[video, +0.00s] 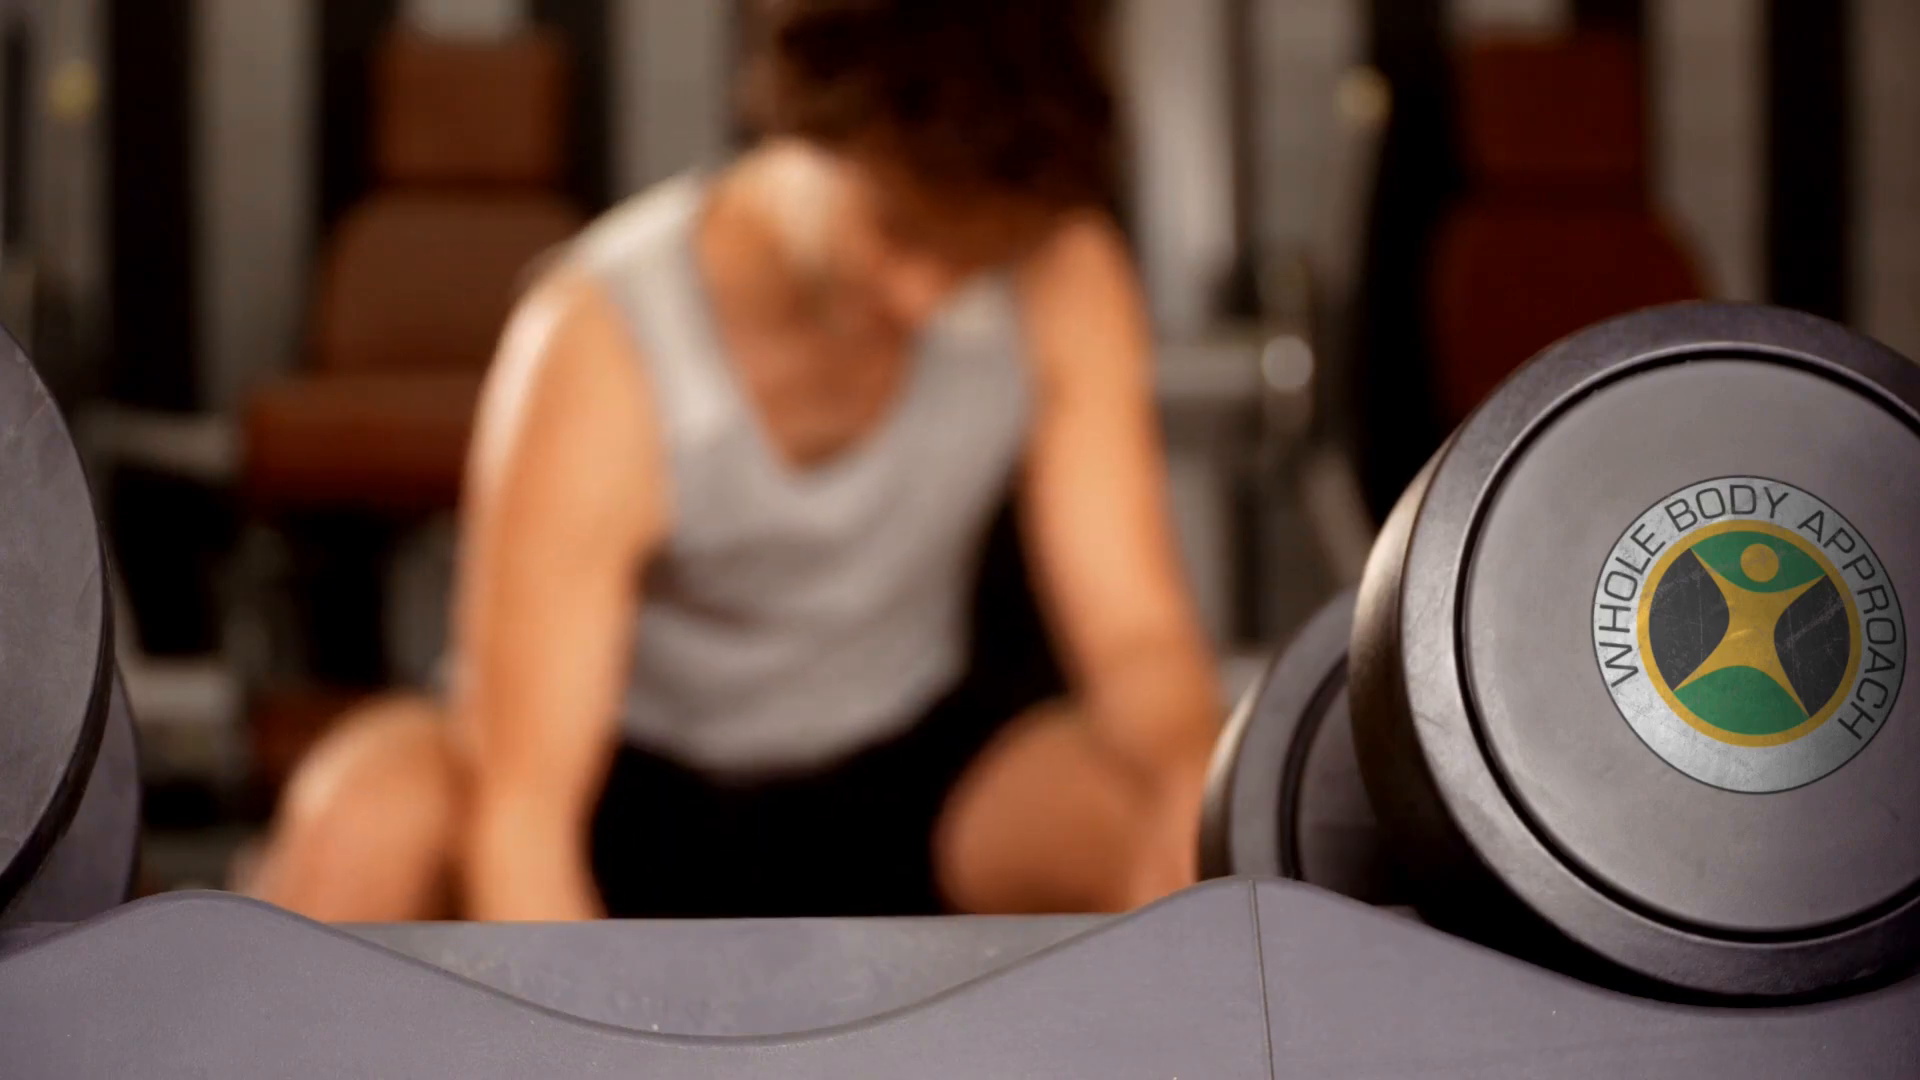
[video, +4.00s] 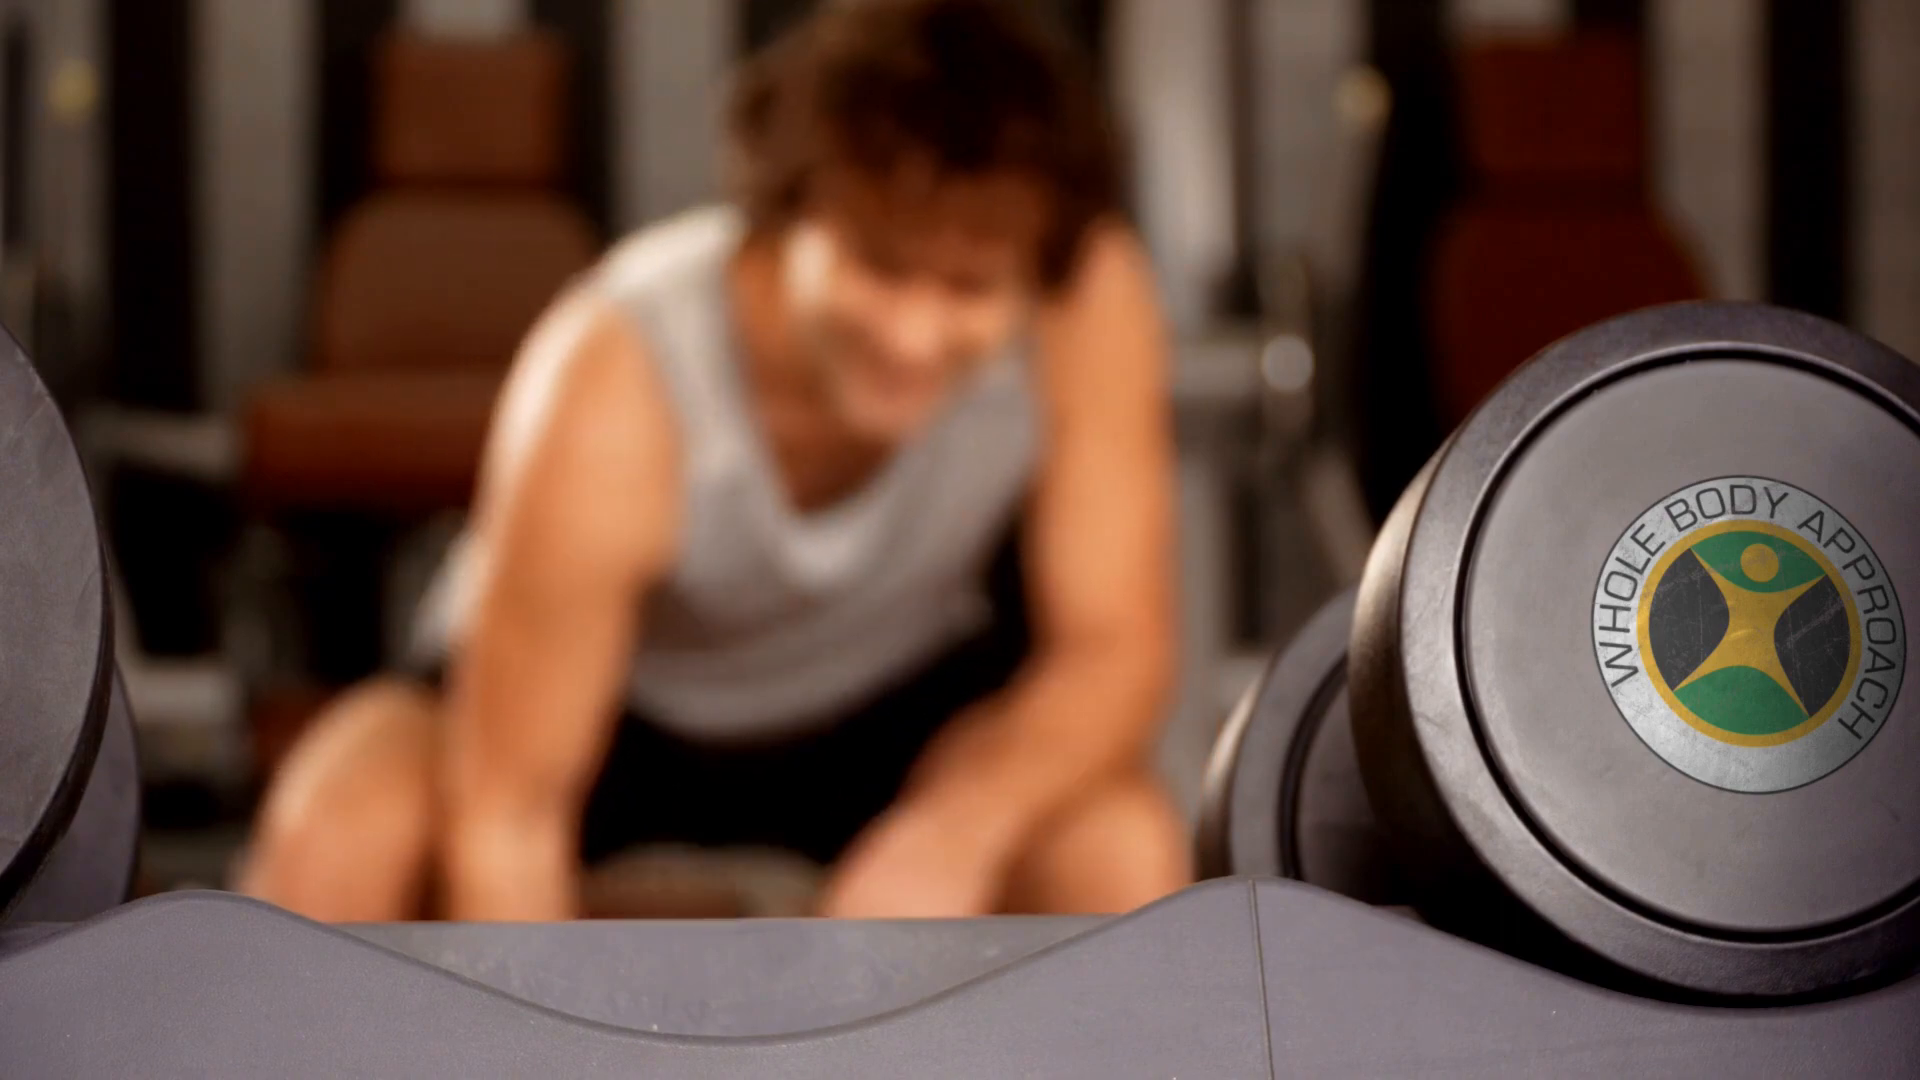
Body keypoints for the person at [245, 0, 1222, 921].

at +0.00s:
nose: (924, 302)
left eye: (978, 258)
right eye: (896, 238)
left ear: (1034, 213)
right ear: (806, 139)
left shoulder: (1056, 269)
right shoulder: (596, 340)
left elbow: (1137, 643)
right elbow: (523, 809)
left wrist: (1215, 826)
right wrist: (596, 1064)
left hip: (902, 782)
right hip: (627, 794)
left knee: (1194, 816)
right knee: (365, 800)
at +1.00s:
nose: (919, 259)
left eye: (971, 212)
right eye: (887, 197)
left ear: (1015, 168)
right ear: (790, 107)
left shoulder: (1045, 253)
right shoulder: (594, 322)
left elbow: (1128, 639)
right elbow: (504, 773)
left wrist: (1182, 854)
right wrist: (688, 1018)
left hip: (899, 781)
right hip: (627, 792)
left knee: (1190, 812)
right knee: (357, 792)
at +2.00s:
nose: (857, 234)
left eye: (902, 182)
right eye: (818, 173)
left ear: (948, 147)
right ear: (710, 105)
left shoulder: (992, 257)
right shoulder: (466, 331)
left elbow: (1120, 636)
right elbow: (530, 772)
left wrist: (1181, 880)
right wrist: (750, 646)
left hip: (890, 779)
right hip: (597, 805)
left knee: (1179, 816)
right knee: (373, 807)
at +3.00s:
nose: (883, 223)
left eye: (933, 177)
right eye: (846, 161)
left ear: (996, 144)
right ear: (756, 84)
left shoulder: (1040, 257)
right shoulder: (562, 336)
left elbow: (1128, 641)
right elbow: (522, 797)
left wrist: (1156, 866)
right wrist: (618, 1055)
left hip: (900, 785)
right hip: (624, 794)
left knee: (1178, 799)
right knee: (364, 798)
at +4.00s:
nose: (918, 335)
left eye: (970, 285)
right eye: (879, 267)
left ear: (1041, 268)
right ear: (792, 213)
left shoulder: (1084, 285)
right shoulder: (616, 368)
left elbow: (1111, 653)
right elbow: (511, 804)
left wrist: (940, 851)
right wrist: (541, 1063)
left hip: (884, 723)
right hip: (592, 724)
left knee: (1127, 850)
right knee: (340, 815)